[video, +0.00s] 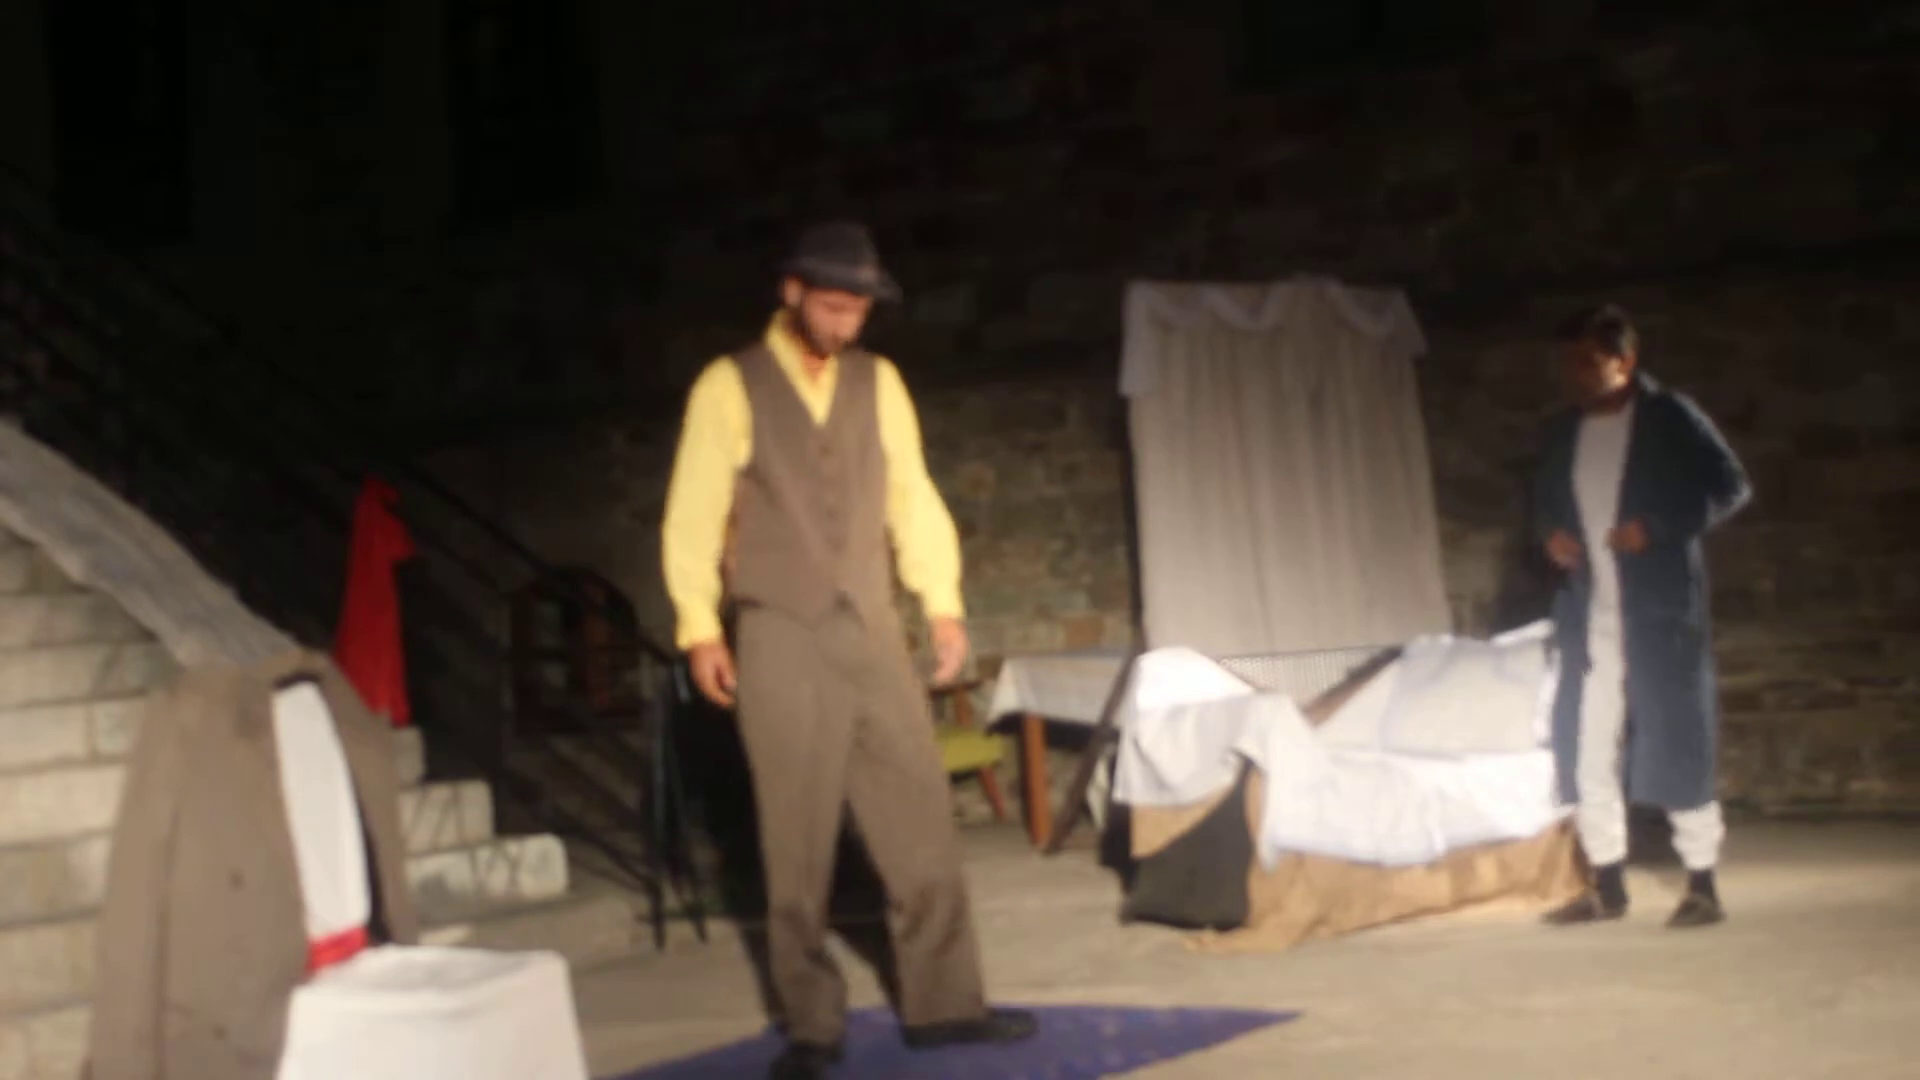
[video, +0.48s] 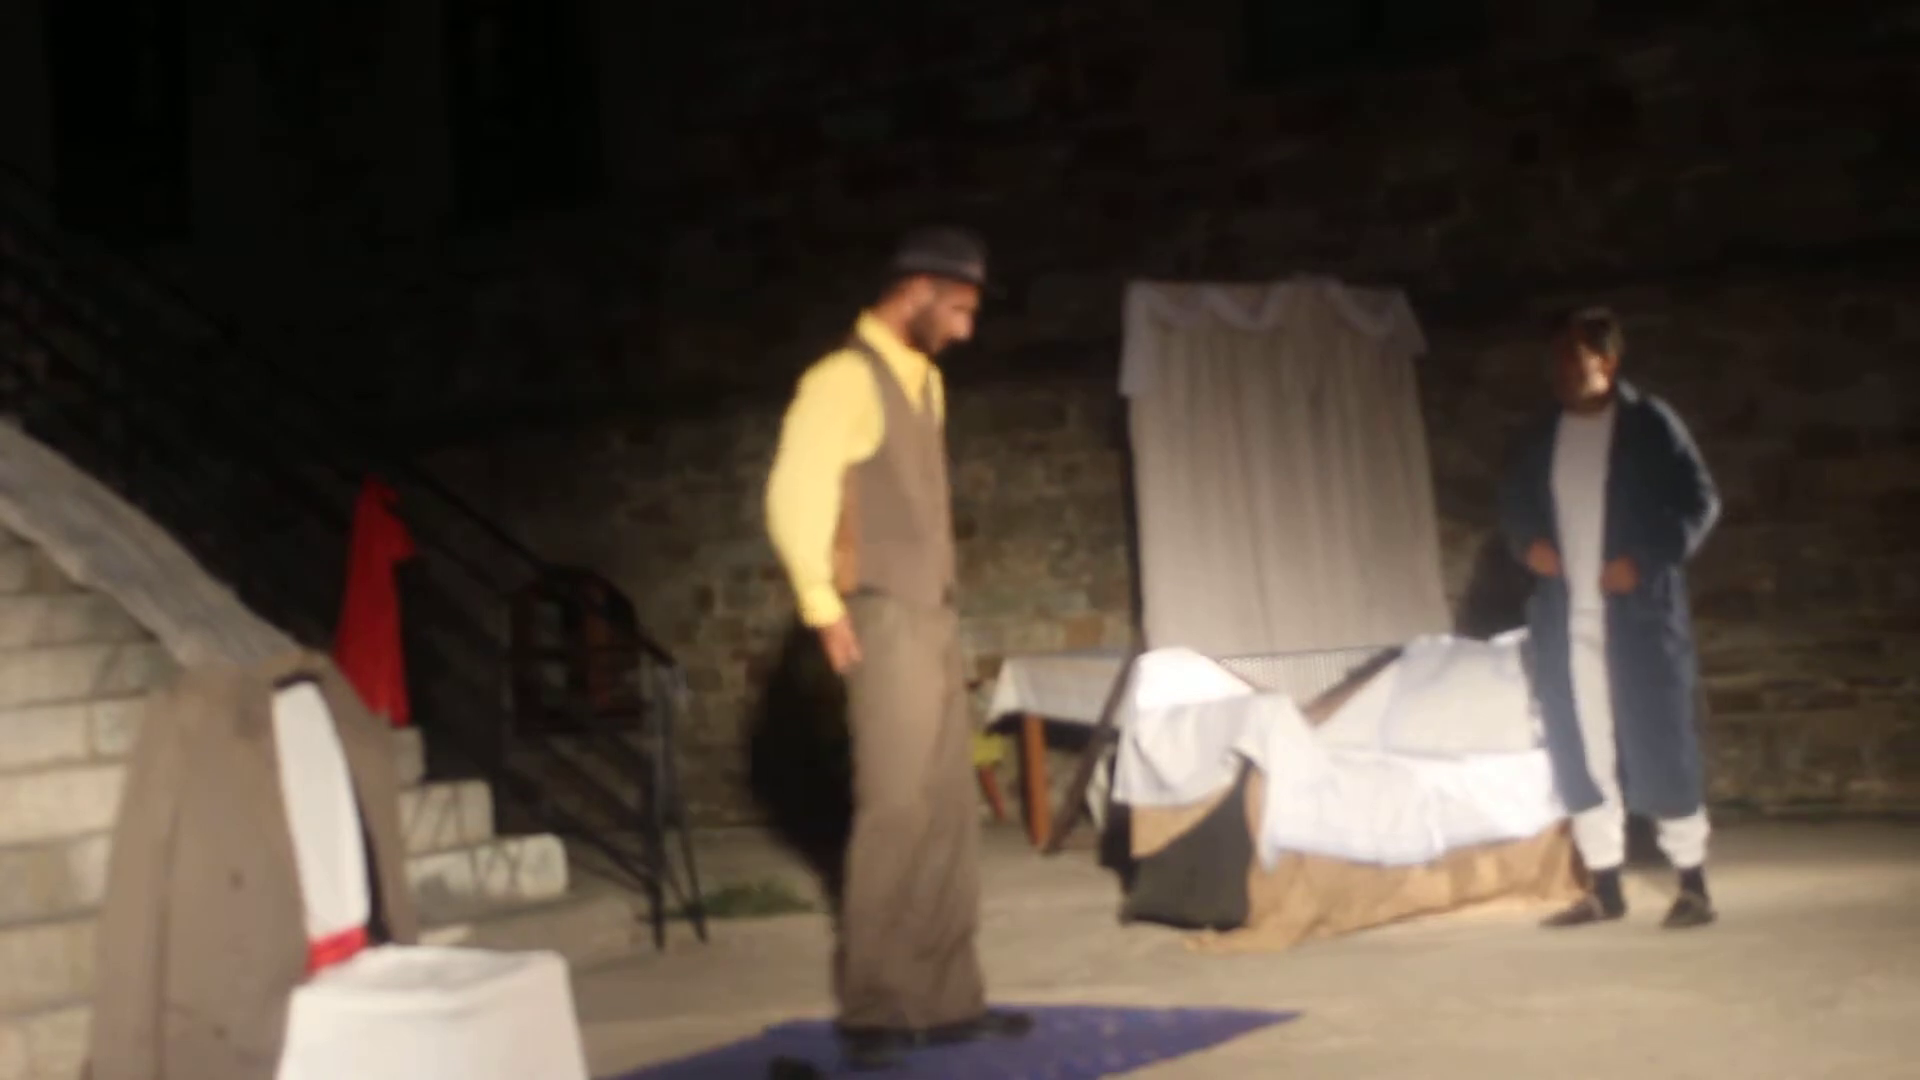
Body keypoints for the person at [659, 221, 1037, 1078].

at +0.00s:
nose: (852, 317)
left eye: (862, 302)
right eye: (837, 300)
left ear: (870, 303)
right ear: (792, 292)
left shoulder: (881, 386)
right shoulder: (729, 389)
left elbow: (913, 501)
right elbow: (691, 517)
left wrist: (944, 608)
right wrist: (699, 628)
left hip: (875, 635)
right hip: (780, 640)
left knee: (920, 817)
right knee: (798, 837)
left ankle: (945, 1004)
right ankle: (811, 1024)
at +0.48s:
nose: (968, 322)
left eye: (973, 307)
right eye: (962, 304)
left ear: (936, 300)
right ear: (914, 291)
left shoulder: (924, 383)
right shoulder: (845, 379)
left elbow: (913, 507)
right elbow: (794, 496)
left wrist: (935, 617)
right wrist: (822, 605)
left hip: (932, 620)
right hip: (882, 620)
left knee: (948, 811)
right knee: (894, 813)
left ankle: (946, 1001)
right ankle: (873, 1012)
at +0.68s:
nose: (999, 307)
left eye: (1001, 290)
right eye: (994, 289)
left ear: (946, 286)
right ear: (953, 286)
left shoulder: (924, 368)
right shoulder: (898, 369)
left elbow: (883, 492)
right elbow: (845, 485)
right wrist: (864, 599)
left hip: (923, 610)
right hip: (918, 612)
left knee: (925, 817)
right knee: (955, 811)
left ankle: (928, 1004)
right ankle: (983, 1002)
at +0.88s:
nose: (1023, 324)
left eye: (1027, 307)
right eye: (1018, 305)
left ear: (969, 298)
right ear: (980, 292)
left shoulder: (923, 362)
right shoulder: (952, 366)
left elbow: (920, 491)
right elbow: (932, 486)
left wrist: (952, 596)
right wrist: (953, 606)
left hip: (909, 607)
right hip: (949, 608)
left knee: (948, 808)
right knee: (1013, 799)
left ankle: (942, 1002)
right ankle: (1020, 1002)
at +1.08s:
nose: (1056, 349)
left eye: (1062, 334)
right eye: (1056, 329)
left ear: (1004, 305)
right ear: (1025, 306)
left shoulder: (919, 382)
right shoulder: (999, 377)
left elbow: (876, 498)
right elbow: (1019, 504)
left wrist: (897, 593)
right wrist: (1067, 606)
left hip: (926, 612)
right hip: (979, 609)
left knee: (1010, 790)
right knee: (1025, 800)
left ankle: (971, 961)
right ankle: (1023, 1005)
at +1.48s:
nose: (1083, 360)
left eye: (1090, 347)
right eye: (1084, 342)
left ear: (1043, 317)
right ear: (1051, 315)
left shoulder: (972, 378)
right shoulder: (1012, 379)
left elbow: (929, 504)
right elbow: (998, 492)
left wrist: (924, 619)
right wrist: (1023, 602)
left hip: (948, 605)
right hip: (986, 606)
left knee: (984, 797)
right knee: (1066, 771)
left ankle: (1015, 974)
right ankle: (1069, 965)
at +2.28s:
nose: (1133, 302)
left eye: (1133, 286)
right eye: (1131, 287)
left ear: (1064, 291)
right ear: (1109, 287)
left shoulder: (1023, 376)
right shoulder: (1085, 371)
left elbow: (997, 498)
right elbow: (1095, 494)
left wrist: (1018, 568)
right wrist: (1127, 605)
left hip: (1034, 600)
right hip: (1077, 601)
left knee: (1070, 788)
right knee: (1097, 790)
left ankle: (1036, 967)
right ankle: (1106, 983)